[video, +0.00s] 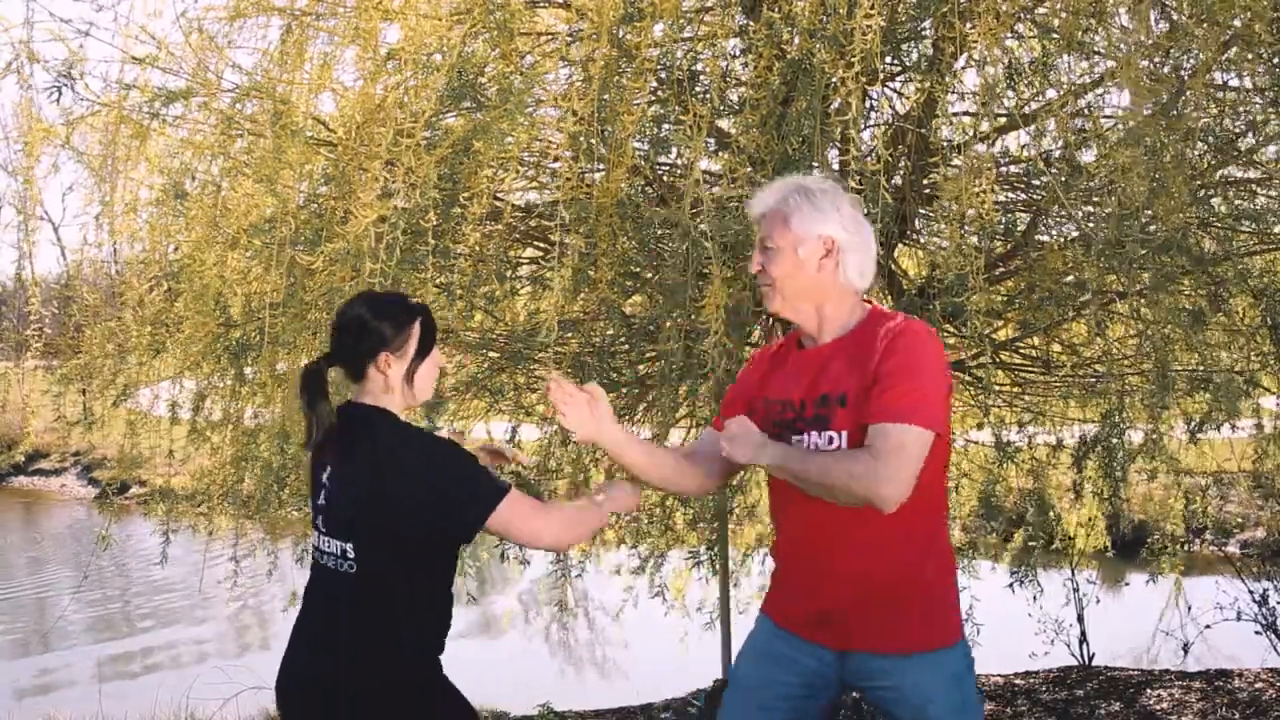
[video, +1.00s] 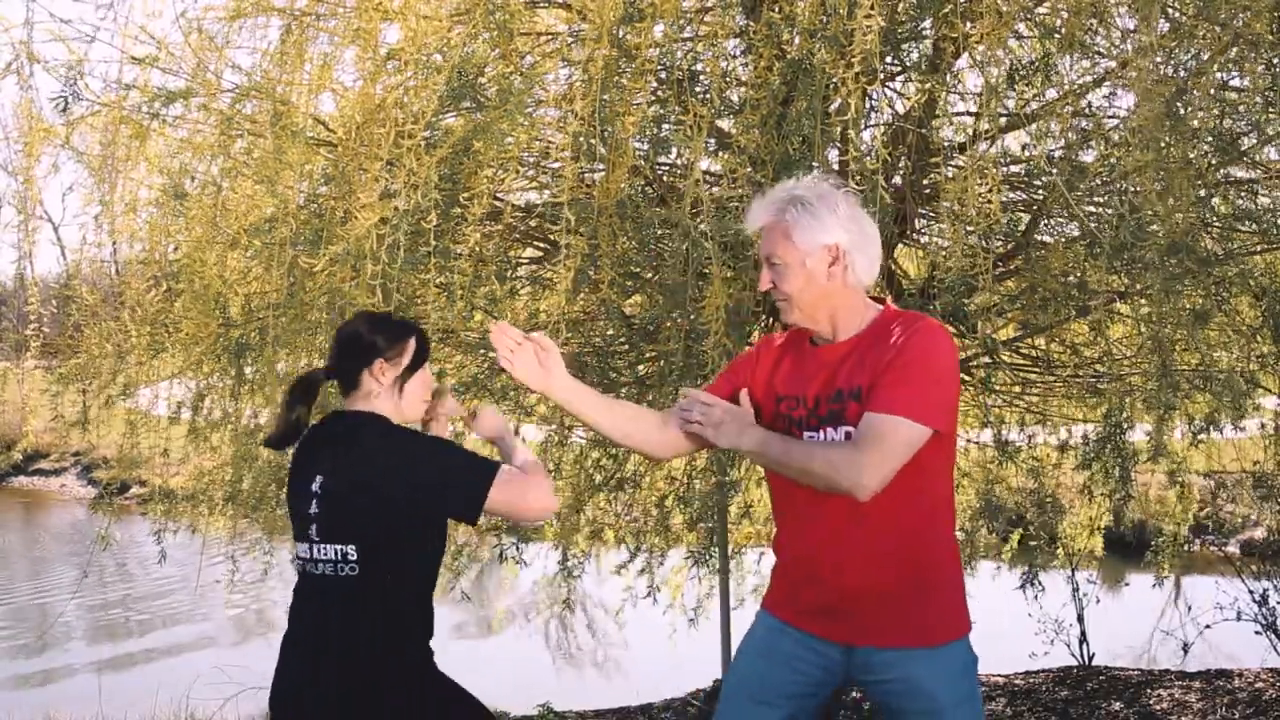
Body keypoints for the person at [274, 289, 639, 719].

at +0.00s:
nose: (439, 359)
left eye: (434, 346)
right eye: (429, 347)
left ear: (380, 362)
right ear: (389, 362)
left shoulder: (336, 436)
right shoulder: (430, 459)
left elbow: (392, 470)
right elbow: (548, 529)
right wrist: (606, 503)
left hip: (307, 686)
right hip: (397, 693)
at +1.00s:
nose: (431, 382)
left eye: (428, 368)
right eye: (424, 368)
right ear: (382, 372)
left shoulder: (312, 446)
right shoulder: (407, 454)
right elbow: (539, 499)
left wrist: (436, 432)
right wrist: (504, 436)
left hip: (300, 687)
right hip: (390, 688)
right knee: (482, 712)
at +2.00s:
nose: (582, 385)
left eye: (576, 374)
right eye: (572, 376)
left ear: (525, 392)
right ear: (529, 393)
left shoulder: (490, 458)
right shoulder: (569, 476)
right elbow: (698, 484)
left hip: (473, 695)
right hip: (556, 700)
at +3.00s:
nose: (667, 367)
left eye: (661, 356)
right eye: (656, 358)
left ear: (610, 378)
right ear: (617, 377)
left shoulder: (584, 437)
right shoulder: (642, 457)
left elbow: (735, 431)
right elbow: (775, 477)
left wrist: (810, 362)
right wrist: (792, 433)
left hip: (540, 681)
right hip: (612, 695)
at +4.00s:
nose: (465, 343)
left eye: (459, 329)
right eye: (452, 332)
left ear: (402, 351)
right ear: (409, 350)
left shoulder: (350, 422)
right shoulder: (441, 435)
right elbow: (570, 501)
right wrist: (599, 402)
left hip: (325, 671)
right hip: (412, 675)